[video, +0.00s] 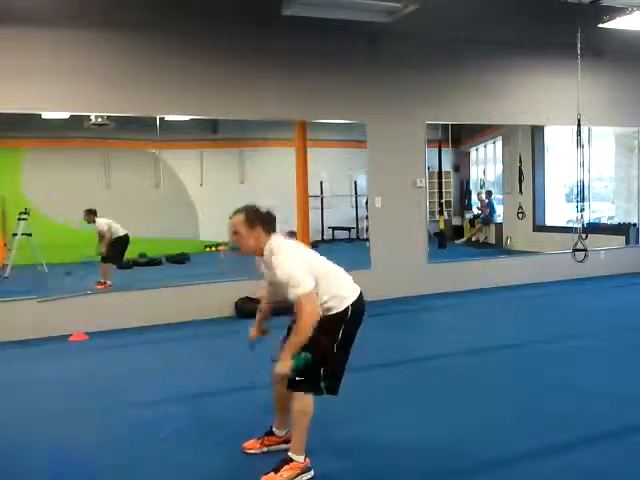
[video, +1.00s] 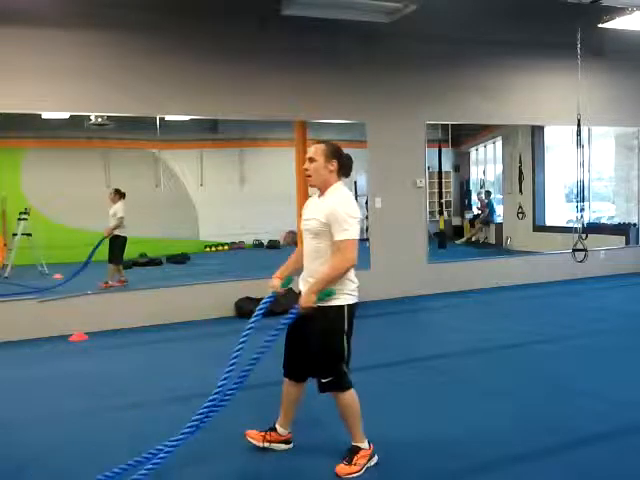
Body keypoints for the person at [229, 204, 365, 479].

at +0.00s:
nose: (234, 239)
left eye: (237, 232)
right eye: (233, 233)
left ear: (257, 231)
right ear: (256, 232)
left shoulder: (284, 258)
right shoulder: (269, 254)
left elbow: (310, 312)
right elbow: (272, 292)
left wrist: (287, 357)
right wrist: (261, 322)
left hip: (342, 307)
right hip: (315, 304)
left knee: (301, 380)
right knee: (283, 368)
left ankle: (298, 460)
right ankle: (281, 433)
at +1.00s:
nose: (305, 167)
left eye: (312, 161)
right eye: (305, 161)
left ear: (332, 167)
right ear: (317, 168)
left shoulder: (342, 202)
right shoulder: (314, 202)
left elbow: (347, 258)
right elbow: (306, 250)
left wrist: (314, 288)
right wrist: (282, 274)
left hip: (336, 302)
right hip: (309, 300)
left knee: (335, 377)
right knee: (295, 370)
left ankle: (361, 447)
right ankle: (281, 432)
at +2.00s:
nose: (338, 161)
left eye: (343, 155)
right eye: (338, 156)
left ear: (364, 159)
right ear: (351, 160)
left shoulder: (373, 193)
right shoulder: (348, 193)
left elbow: (370, 247)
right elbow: (339, 241)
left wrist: (336, 278)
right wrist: (313, 267)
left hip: (364, 295)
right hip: (342, 292)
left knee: (357, 369)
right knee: (343, 366)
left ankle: (361, 443)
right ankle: (349, 426)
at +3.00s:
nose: (335, 173)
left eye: (341, 168)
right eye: (336, 168)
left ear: (361, 174)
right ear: (353, 175)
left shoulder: (376, 202)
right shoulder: (342, 208)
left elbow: (396, 220)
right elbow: (324, 228)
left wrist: (385, 218)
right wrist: (303, 232)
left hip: (379, 302)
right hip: (348, 298)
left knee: (377, 379)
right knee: (322, 358)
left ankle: (406, 457)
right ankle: (325, 413)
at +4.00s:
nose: (305, 180)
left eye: (311, 176)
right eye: (306, 175)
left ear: (331, 184)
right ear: (320, 185)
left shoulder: (345, 214)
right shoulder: (313, 215)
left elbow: (362, 242)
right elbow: (302, 236)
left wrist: (349, 249)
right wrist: (270, 235)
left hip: (342, 312)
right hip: (313, 306)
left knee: (336, 386)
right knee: (287, 372)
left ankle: (366, 464)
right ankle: (288, 417)